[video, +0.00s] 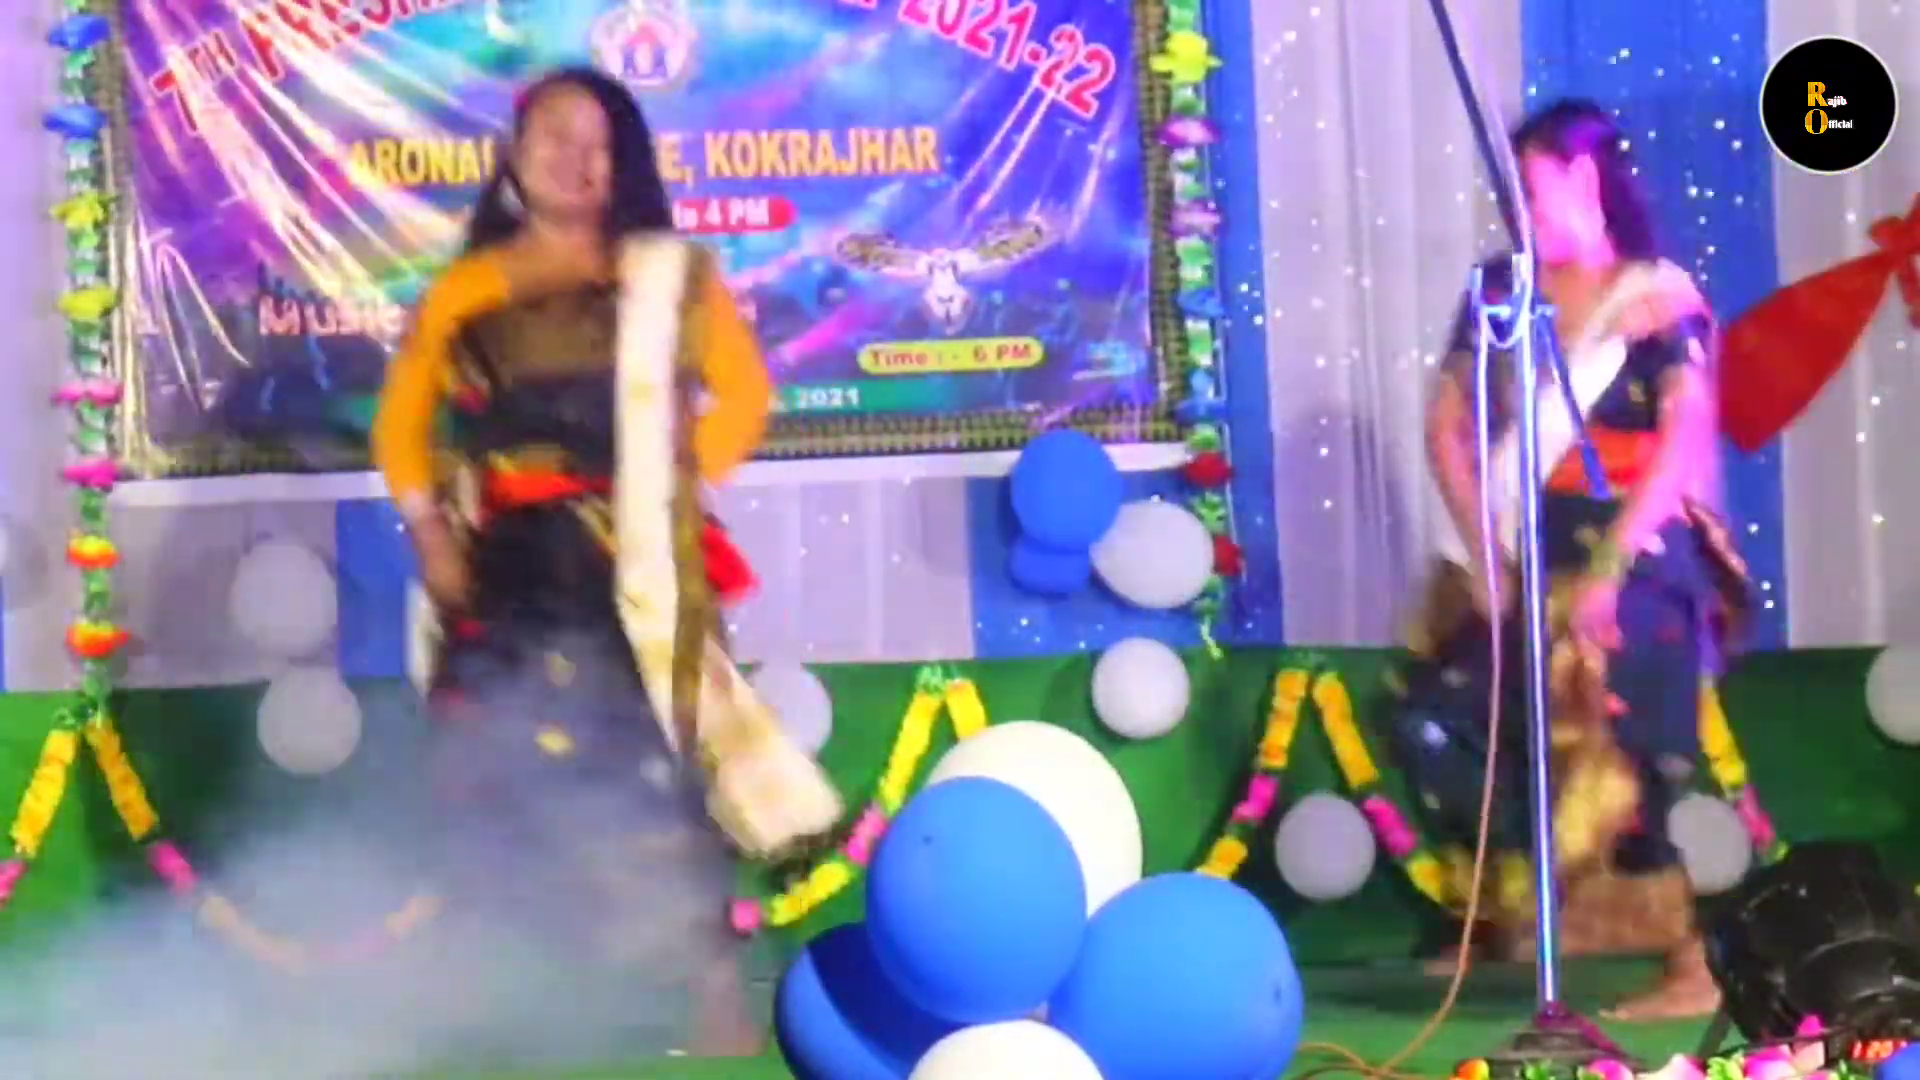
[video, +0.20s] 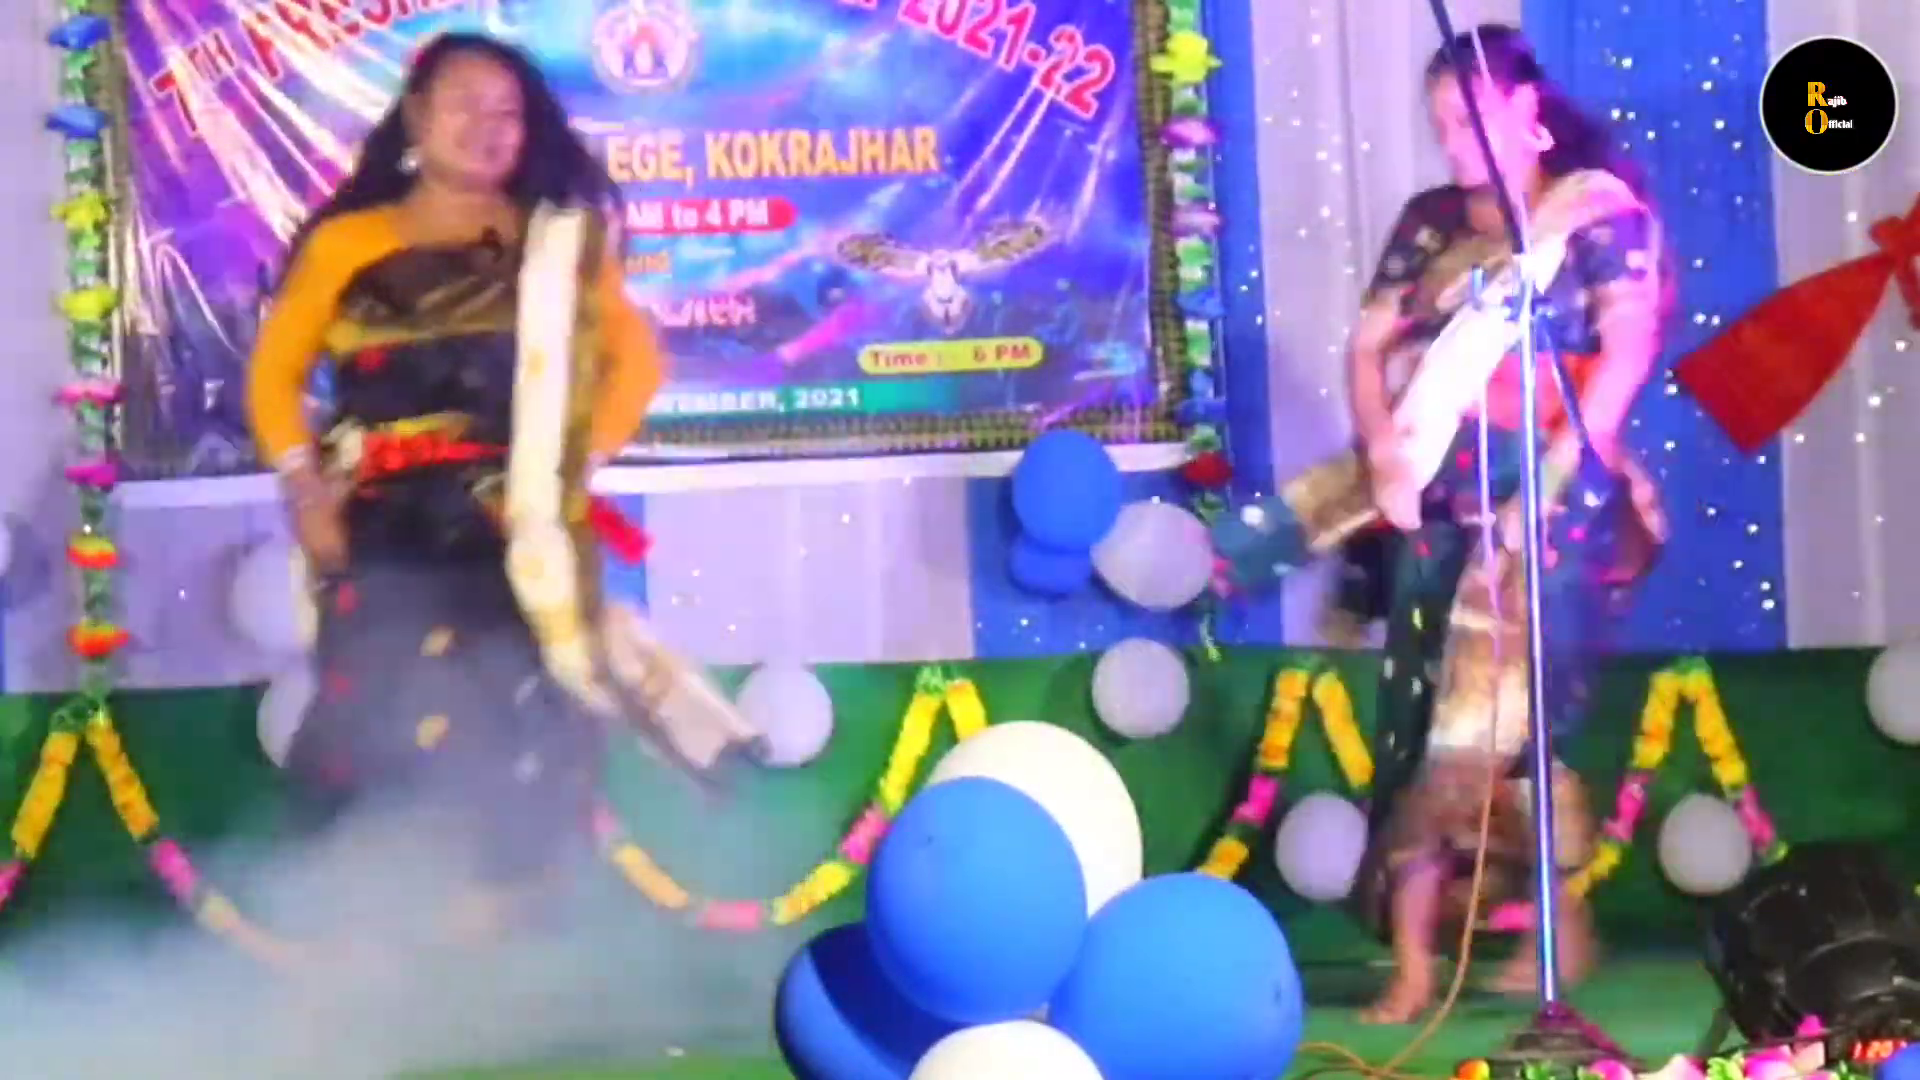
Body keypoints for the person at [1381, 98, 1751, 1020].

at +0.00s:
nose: (1529, 205)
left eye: (1545, 184)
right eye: (1522, 186)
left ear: (1595, 180)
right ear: (1515, 189)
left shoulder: (1661, 294)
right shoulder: (1498, 290)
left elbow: (1685, 445)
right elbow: (1448, 427)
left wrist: (1611, 570)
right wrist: (1487, 552)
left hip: (1643, 534)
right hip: (1532, 539)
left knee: (1649, 743)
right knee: (1447, 712)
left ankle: (1692, 962)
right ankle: (1497, 917)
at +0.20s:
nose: (1457, 139)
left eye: (1471, 116)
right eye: (1444, 120)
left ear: (1524, 104)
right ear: (1435, 122)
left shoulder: (1600, 205)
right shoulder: (1429, 219)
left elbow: (1628, 349)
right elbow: (1368, 346)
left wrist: (1561, 472)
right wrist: (1384, 456)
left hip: (1559, 504)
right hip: (1439, 502)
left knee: (1541, 723)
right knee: (1423, 724)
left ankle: (1555, 940)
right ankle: (1415, 968)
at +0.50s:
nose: (1400, 171)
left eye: (1417, 150)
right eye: (1385, 154)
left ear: (1466, 149)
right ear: (1373, 159)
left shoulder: (1525, 272)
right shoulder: (1344, 260)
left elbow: (1572, 424)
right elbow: (1270, 390)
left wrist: (1502, 541)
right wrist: (1324, 485)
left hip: (1476, 548)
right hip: (1359, 538)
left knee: (1477, 757)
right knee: (1323, 741)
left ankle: (1479, 969)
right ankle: (1276, 959)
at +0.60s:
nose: (1369, 122)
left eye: (1389, 104)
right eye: (1355, 106)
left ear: (1434, 104)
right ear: (1339, 109)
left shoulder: (1483, 212)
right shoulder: (1304, 199)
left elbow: (1524, 370)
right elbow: (1227, 330)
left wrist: (1489, 490)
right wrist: (1294, 432)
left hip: (1446, 503)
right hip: (1328, 492)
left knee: (1448, 729)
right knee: (1287, 711)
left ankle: (1440, 970)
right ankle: (1204, 940)